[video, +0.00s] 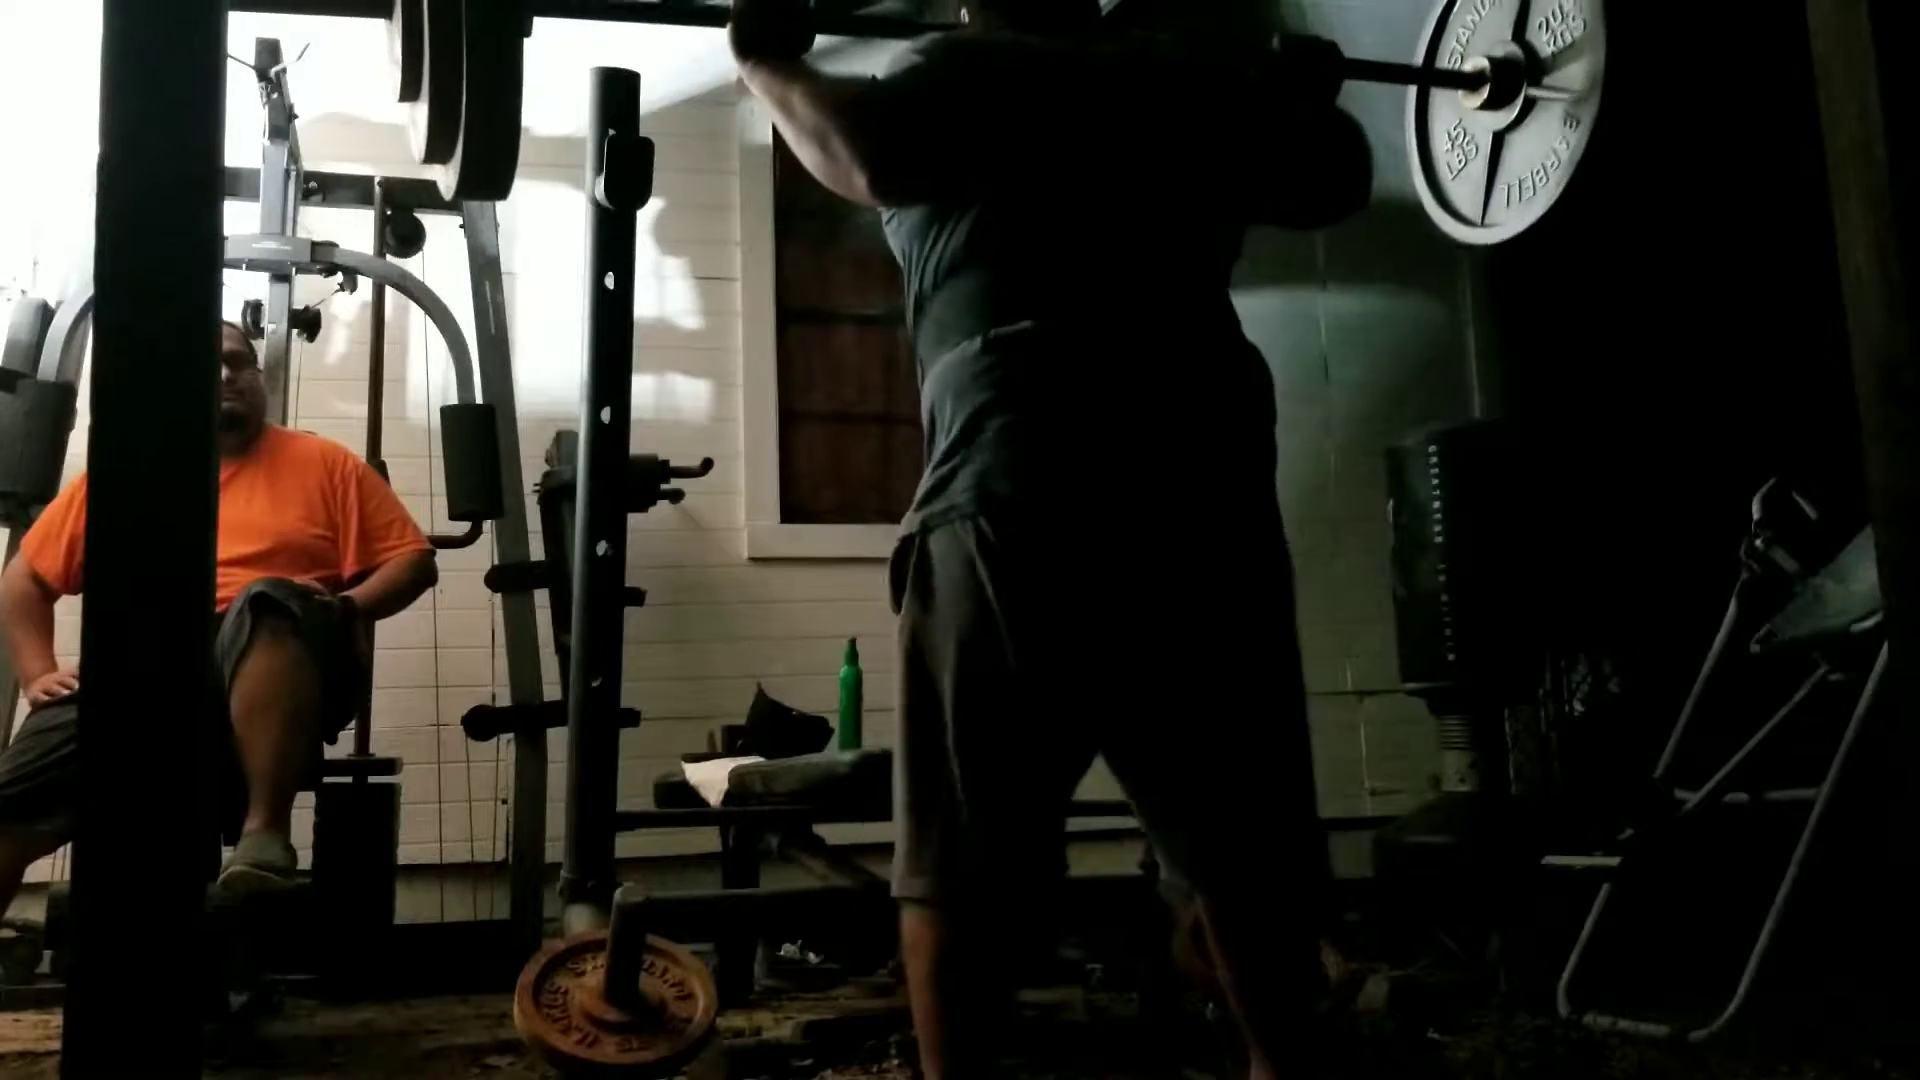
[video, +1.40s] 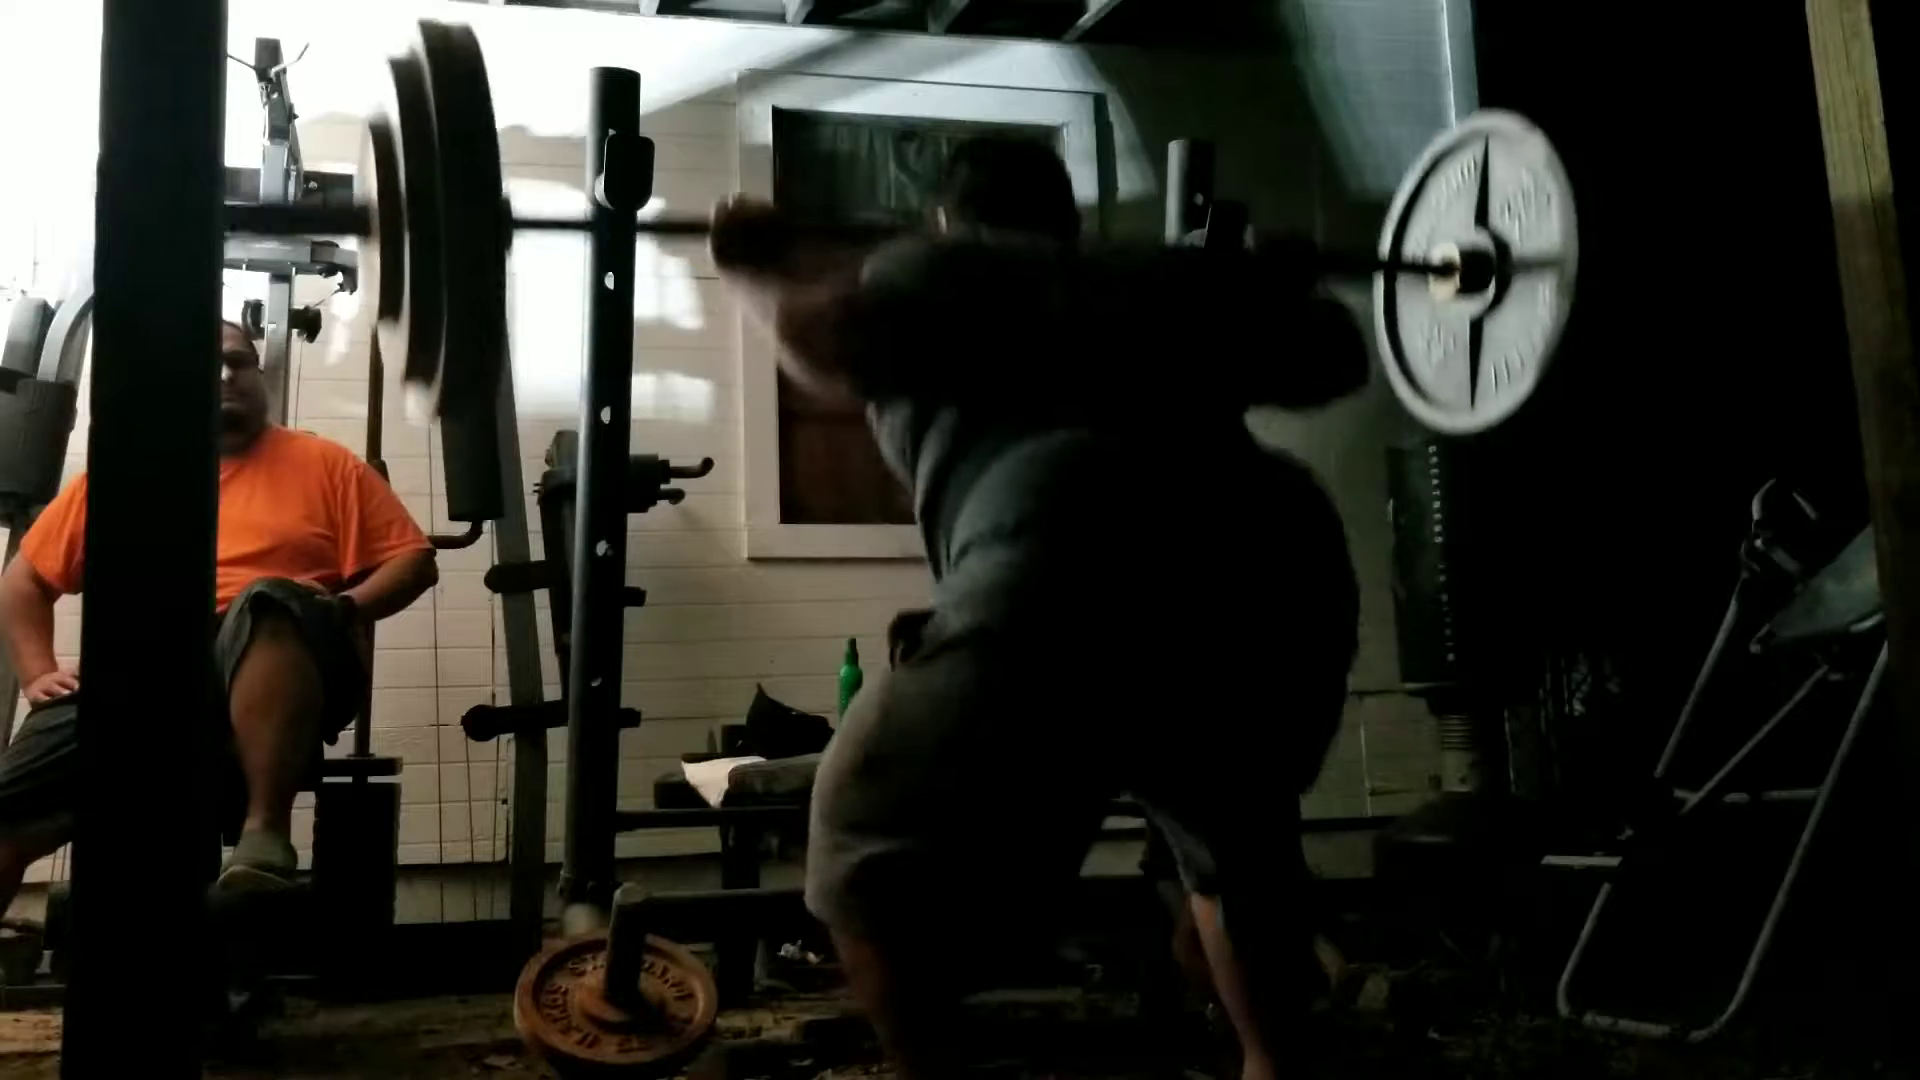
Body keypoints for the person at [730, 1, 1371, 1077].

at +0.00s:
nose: (937, 25)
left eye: (941, 13)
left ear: (967, 10)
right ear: (1092, 4)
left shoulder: (946, 77)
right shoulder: (1185, 87)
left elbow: (863, 160)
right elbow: (1336, 177)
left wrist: (764, 59)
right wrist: (1311, 87)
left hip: (1012, 487)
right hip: (1204, 482)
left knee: (960, 841)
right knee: (1242, 826)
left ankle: (954, 1063)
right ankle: (1283, 1057)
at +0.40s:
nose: (954, 189)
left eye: (958, 174)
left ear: (968, 176)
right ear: (1092, 176)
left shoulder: (939, 239)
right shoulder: (1181, 243)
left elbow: (842, 315)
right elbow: (1336, 324)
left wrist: (769, 227)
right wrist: (1295, 231)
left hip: (1042, 566)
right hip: (1250, 559)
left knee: (888, 848)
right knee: (1235, 840)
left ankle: (935, 1060)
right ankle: (1280, 1054)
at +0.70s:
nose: (949, 333)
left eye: (955, 319)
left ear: (970, 327)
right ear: (1086, 323)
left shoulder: (939, 399)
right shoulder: (1182, 396)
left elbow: (833, 481)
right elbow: (1344, 479)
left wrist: (770, 399)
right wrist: (1301, 393)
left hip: (1048, 742)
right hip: (1264, 721)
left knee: (845, 840)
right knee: (1253, 879)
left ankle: (927, 1060)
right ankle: (1273, 1052)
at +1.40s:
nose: (927, 232)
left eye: (931, 220)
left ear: (945, 222)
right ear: (1073, 218)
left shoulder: (919, 280)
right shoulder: (1158, 282)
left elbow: (829, 348)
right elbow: (1330, 355)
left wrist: (767, 266)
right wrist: (1276, 274)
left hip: (1052, 574)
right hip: (1267, 559)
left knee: (872, 830)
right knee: (1234, 816)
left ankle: (925, 1059)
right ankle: (1274, 1056)